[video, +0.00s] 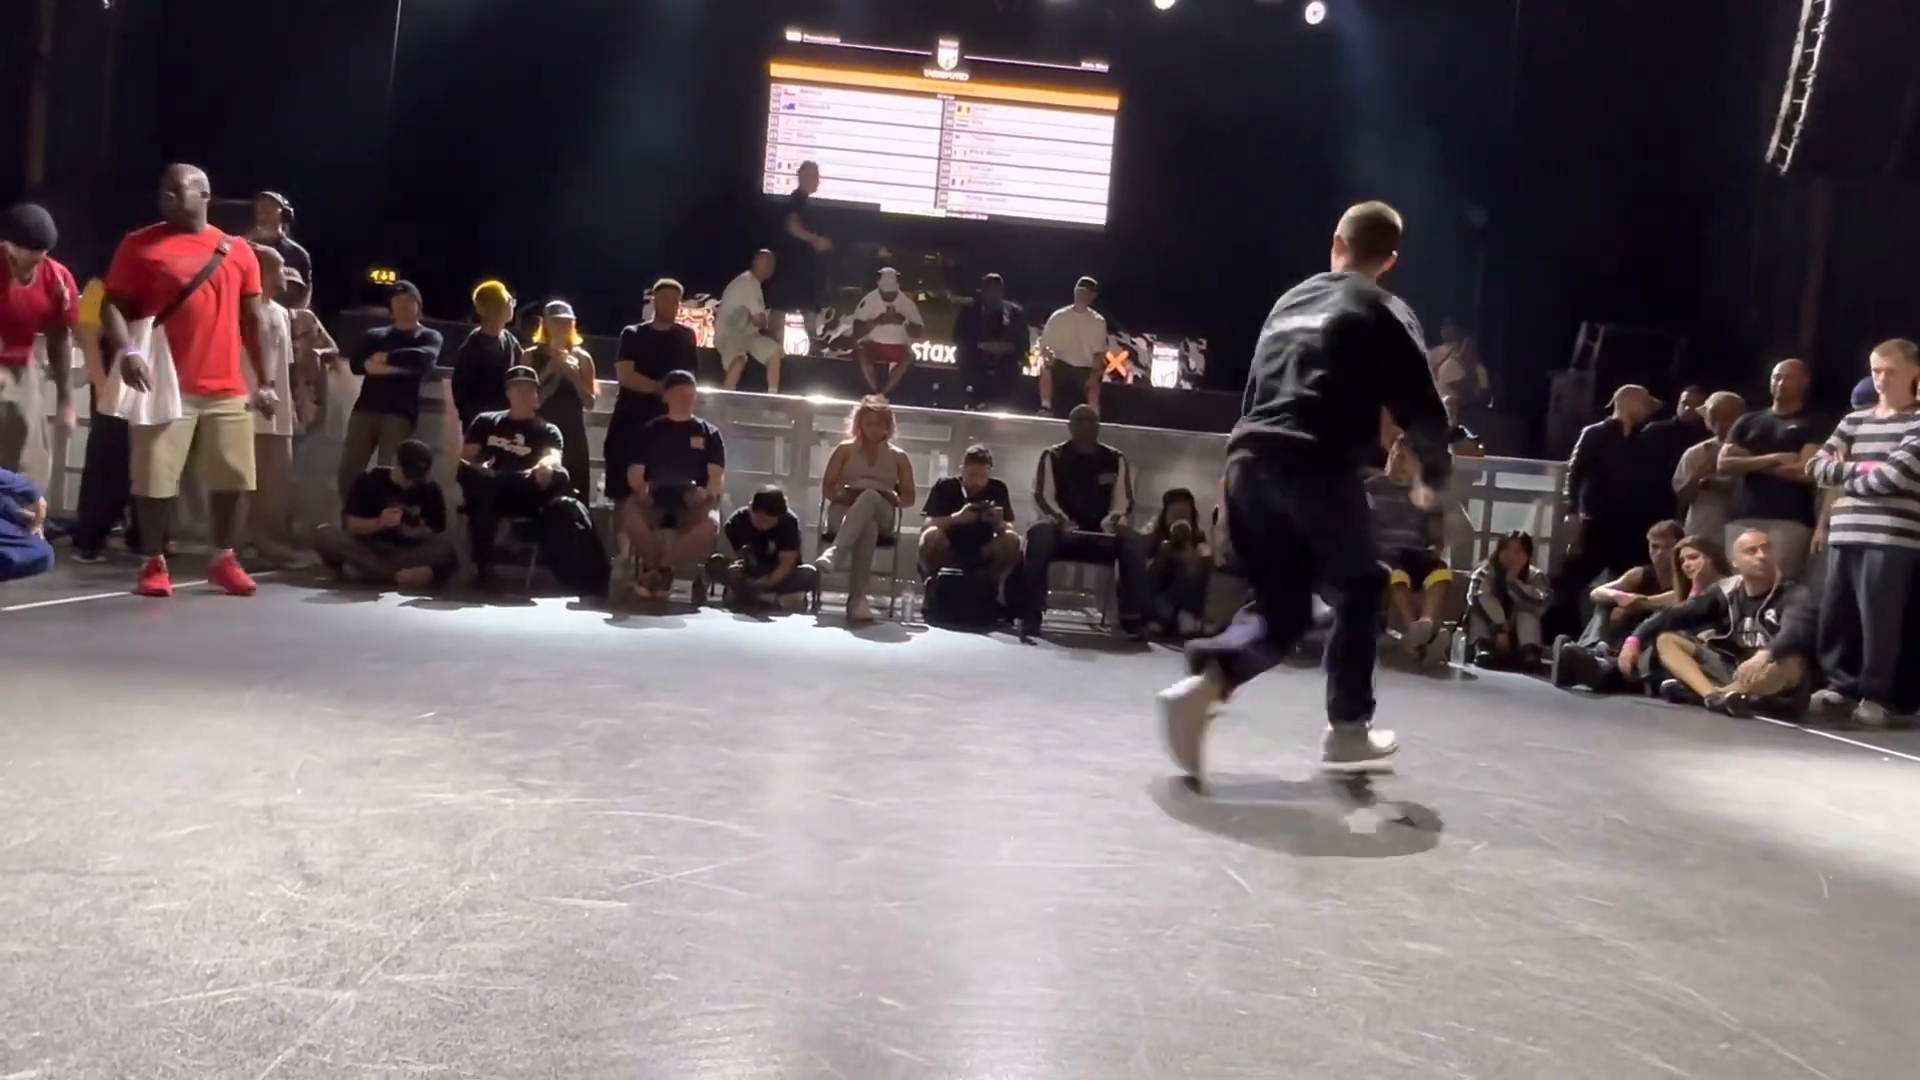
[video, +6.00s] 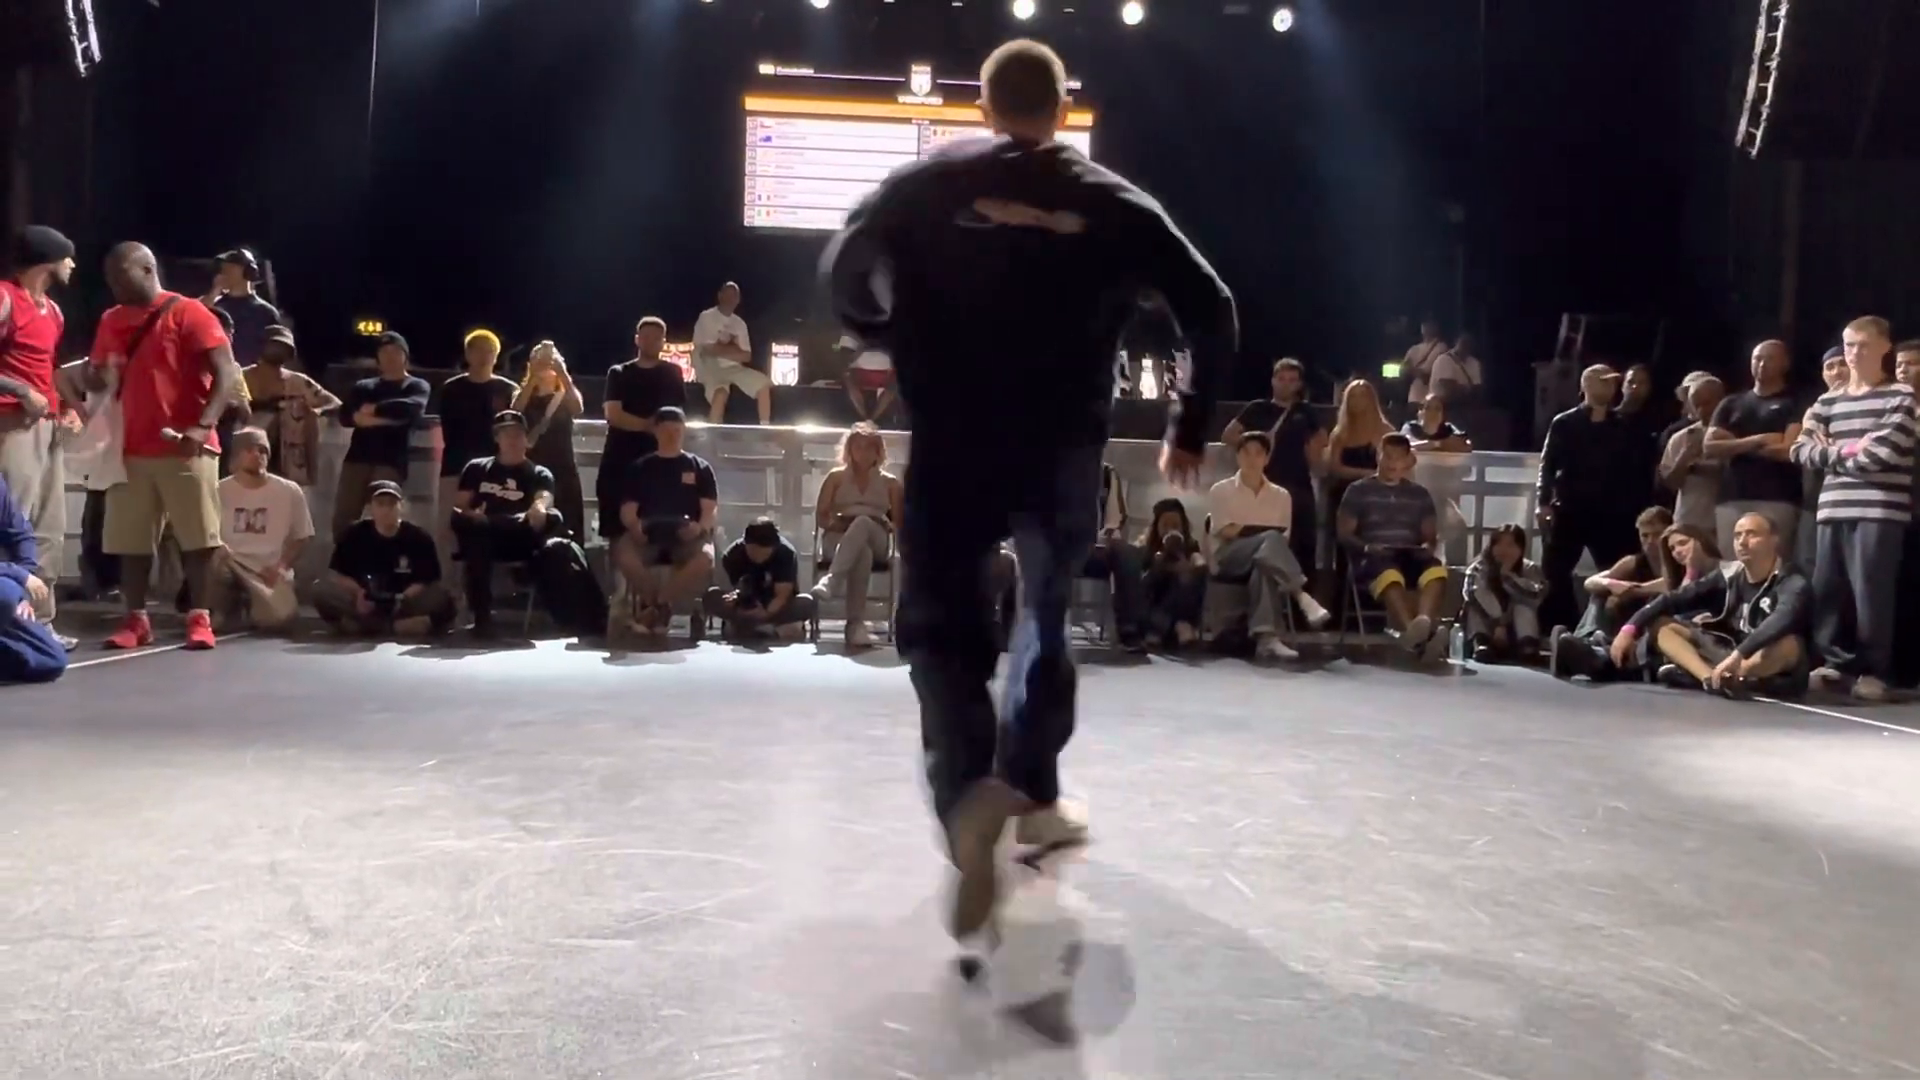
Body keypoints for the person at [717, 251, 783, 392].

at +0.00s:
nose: (769, 271)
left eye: (771, 267)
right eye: (767, 266)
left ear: (771, 268)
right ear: (758, 264)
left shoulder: (755, 284)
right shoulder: (747, 283)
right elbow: (759, 319)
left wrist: (757, 318)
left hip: (748, 333)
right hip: (729, 332)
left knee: (774, 353)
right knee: (739, 359)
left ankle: (772, 396)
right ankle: (725, 397)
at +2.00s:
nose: (772, 270)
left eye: (773, 267)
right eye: (771, 266)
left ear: (756, 264)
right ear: (762, 265)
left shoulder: (753, 282)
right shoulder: (749, 283)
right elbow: (759, 318)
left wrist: (764, 319)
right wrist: (767, 323)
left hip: (750, 334)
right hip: (730, 333)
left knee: (774, 353)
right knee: (738, 360)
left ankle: (773, 397)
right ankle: (726, 399)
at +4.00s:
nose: (729, 284)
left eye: (733, 281)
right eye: (726, 279)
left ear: (736, 283)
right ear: (717, 278)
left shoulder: (733, 307)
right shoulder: (700, 297)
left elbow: (737, 338)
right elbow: (693, 330)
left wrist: (711, 332)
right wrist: (720, 329)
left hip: (723, 350)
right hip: (701, 349)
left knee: (752, 370)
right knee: (708, 376)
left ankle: (752, 415)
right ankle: (699, 418)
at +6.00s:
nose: (730, 298)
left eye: (734, 295)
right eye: (727, 294)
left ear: (738, 300)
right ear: (720, 296)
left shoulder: (740, 324)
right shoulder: (706, 317)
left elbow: (746, 356)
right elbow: (706, 349)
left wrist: (717, 350)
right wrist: (732, 346)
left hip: (733, 366)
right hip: (710, 365)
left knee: (763, 385)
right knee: (721, 393)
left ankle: (765, 430)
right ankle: (712, 434)